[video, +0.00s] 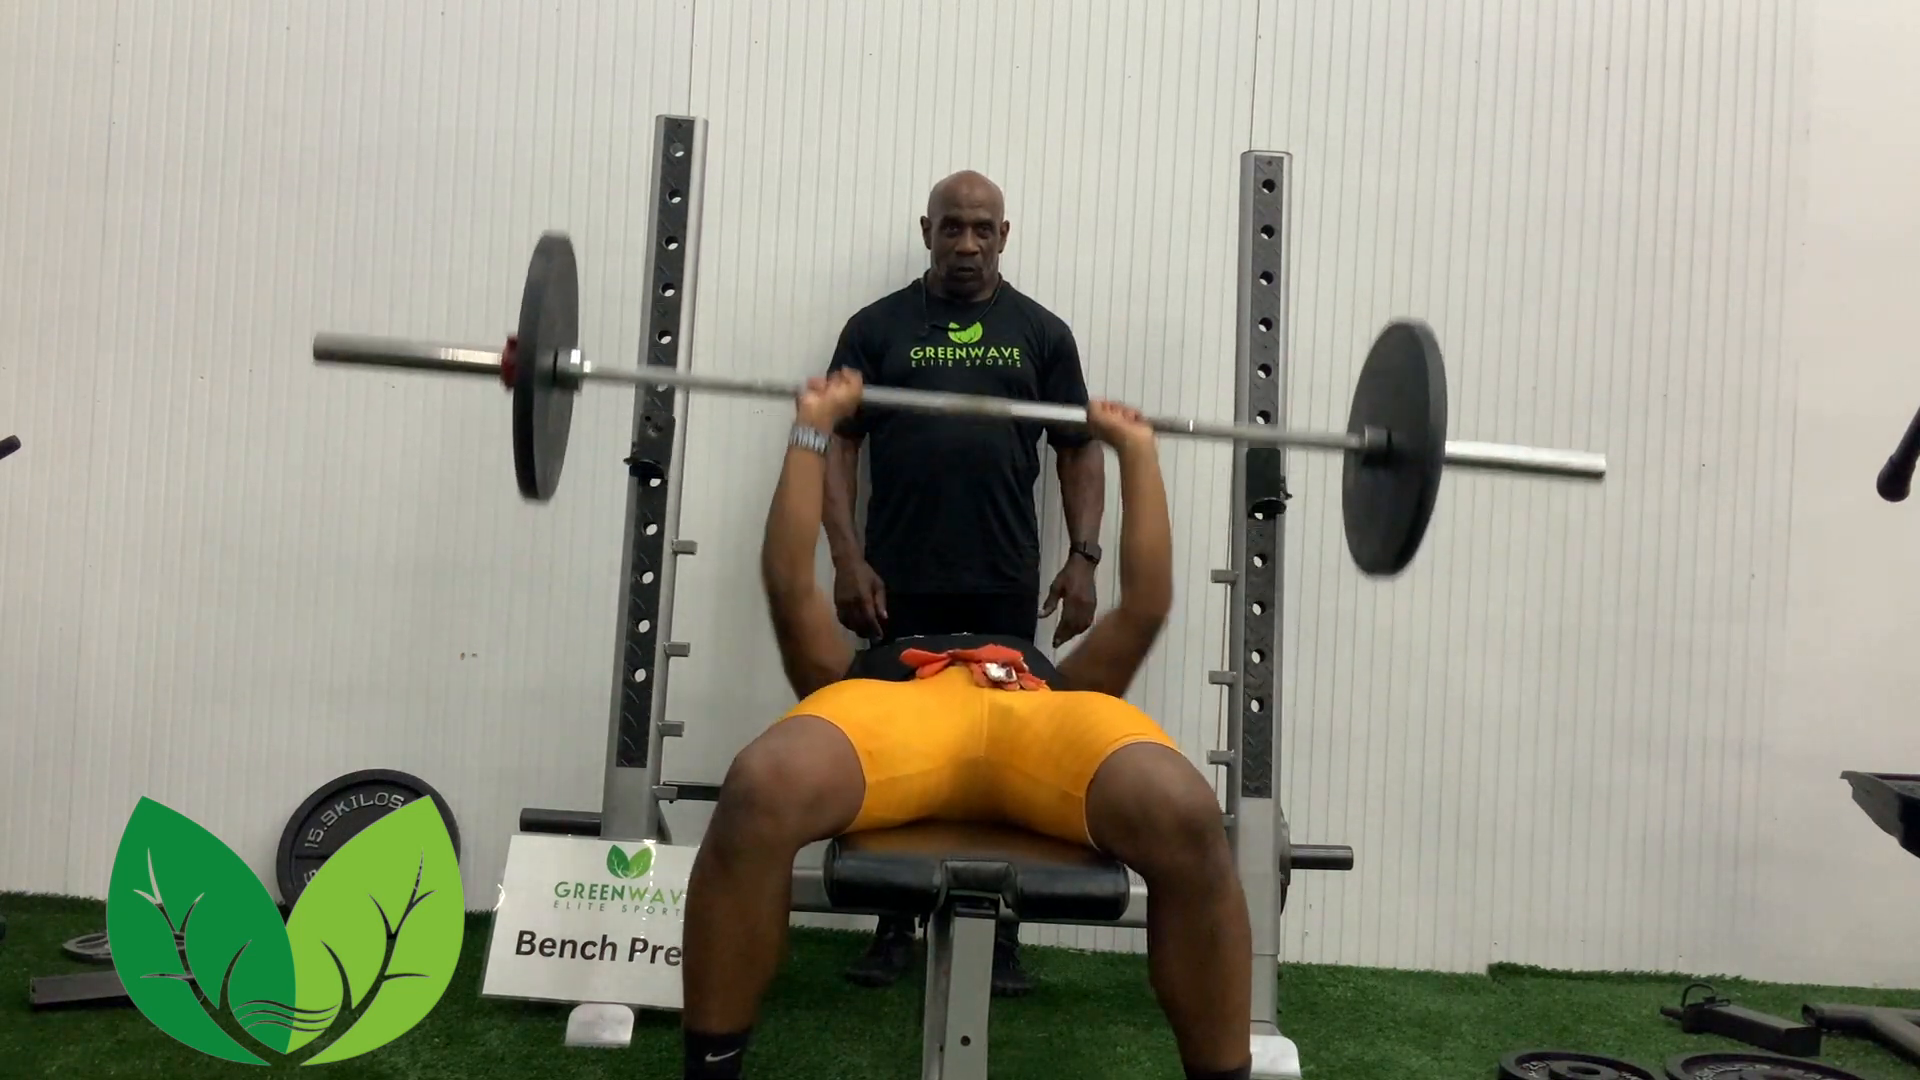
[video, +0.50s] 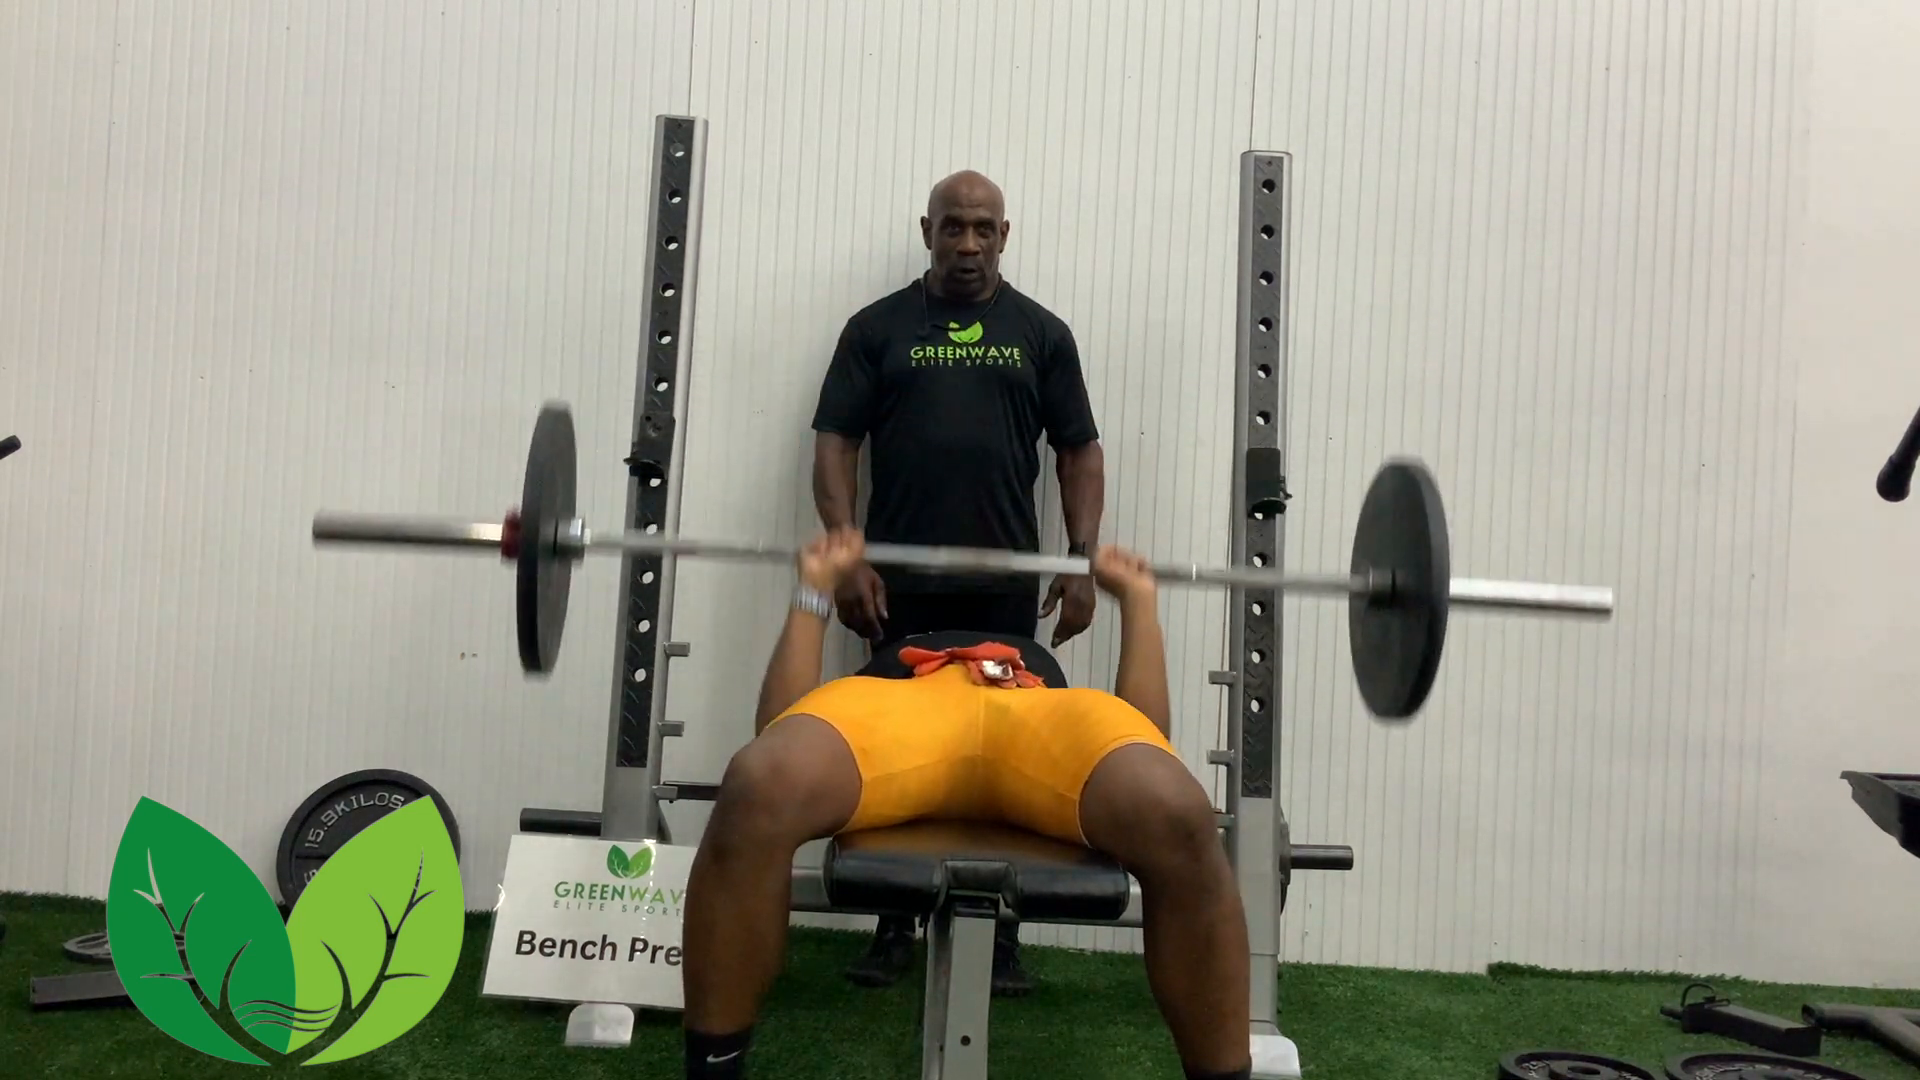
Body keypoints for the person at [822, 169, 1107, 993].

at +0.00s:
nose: (968, 244)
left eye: (985, 230)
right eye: (953, 228)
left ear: (1005, 238)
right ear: (926, 233)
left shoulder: (1043, 335)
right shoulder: (873, 332)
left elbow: (1078, 453)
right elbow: (837, 456)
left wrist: (1083, 556)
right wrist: (848, 559)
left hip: (1008, 584)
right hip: (901, 579)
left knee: (1013, 755)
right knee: (890, 752)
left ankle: (1001, 931)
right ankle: (896, 920)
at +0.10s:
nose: (967, 244)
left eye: (983, 230)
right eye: (951, 228)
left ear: (1005, 238)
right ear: (926, 234)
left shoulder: (1042, 333)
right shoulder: (876, 328)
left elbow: (1079, 462)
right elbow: (846, 453)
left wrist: (1090, 566)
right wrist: (855, 563)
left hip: (1005, 577)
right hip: (900, 573)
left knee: (1011, 748)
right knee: (892, 744)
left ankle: (1000, 927)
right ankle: (896, 920)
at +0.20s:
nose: (968, 243)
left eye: (984, 230)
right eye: (953, 228)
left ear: (1005, 237)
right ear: (927, 233)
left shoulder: (1041, 331)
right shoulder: (879, 325)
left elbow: (1079, 457)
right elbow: (843, 452)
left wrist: (1083, 554)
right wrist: (850, 556)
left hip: (1006, 576)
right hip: (899, 571)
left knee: (1011, 747)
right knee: (892, 741)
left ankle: (1000, 927)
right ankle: (897, 918)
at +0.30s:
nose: (969, 243)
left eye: (985, 230)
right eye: (953, 228)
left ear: (1005, 239)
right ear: (926, 234)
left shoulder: (1043, 336)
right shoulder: (871, 333)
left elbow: (1078, 451)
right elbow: (838, 458)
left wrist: (1081, 555)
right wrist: (850, 557)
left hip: (1007, 583)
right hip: (899, 577)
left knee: (1009, 759)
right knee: (891, 752)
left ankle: (998, 929)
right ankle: (896, 920)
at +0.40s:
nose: (969, 242)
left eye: (985, 229)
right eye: (953, 227)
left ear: (1005, 238)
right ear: (926, 234)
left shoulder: (1041, 336)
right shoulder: (875, 331)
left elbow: (1078, 456)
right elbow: (833, 457)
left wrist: (1083, 557)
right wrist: (849, 559)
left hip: (1005, 584)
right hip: (902, 581)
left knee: (1012, 752)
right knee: (891, 751)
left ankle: (999, 930)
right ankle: (895, 922)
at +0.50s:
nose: (969, 242)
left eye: (985, 229)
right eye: (953, 228)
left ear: (1005, 239)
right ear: (927, 234)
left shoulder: (1041, 336)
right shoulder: (875, 331)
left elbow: (1078, 454)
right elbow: (835, 445)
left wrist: (1083, 562)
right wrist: (847, 554)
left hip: (1007, 587)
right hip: (902, 584)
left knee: (1012, 758)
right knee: (892, 757)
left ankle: (1000, 929)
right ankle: (895, 922)